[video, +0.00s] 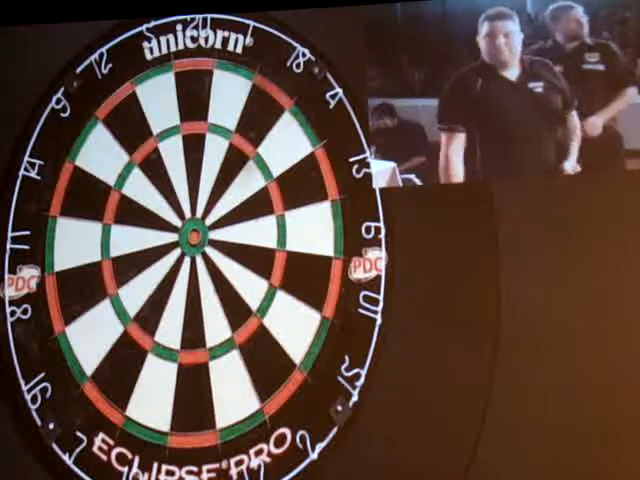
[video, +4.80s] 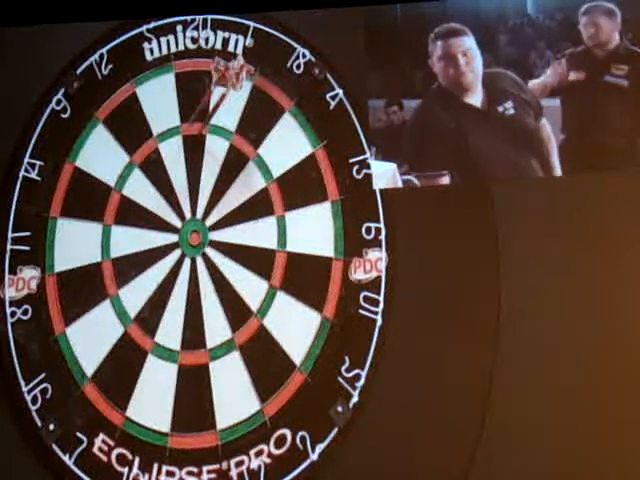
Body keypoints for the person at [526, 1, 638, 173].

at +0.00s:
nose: (582, 23)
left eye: (583, 18)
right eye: (574, 19)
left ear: (587, 20)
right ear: (555, 24)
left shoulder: (605, 50)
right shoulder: (537, 55)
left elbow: (631, 91)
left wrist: (600, 118)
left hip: (601, 147)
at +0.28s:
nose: (596, 38)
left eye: (601, 29)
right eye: (589, 34)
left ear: (608, 23)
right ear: (573, 26)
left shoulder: (628, 52)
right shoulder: (556, 56)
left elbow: (637, 98)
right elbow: (543, 98)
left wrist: (614, 119)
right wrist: (567, 121)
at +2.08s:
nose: (574, 22)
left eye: (580, 17)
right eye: (568, 18)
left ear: (592, 22)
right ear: (557, 24)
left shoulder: (613, 59)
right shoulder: (540, 60)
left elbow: (634, 104)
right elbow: (526, 103)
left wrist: (589, 127)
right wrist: (545, 124)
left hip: (601, 157)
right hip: (553, 156)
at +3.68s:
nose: (575, 24)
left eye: (584, 19)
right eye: (574, 19)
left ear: (607, 24)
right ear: (570, 22)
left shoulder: (631, 60)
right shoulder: (558, 60)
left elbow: (637, 112)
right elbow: (542, 101)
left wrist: (611, 126)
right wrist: (554, 117)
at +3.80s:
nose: (571, 24)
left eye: (580, 19)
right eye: (572, 19)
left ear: (606, 24)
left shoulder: (631, 61)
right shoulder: (564, 59)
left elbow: (638, 121)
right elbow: (530, 95)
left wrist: (623, 144)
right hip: (571, 163)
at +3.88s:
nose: (570, 25)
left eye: (579, 19)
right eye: (571, 19)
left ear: (606, 24)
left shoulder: (632, 61)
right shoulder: (563, 59)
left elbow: (636, 114)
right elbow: (528, 94)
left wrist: (630, 148)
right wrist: (541, 74)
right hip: (571, 163)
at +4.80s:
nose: (590, 30)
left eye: (596, 23)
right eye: (585, 25)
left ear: (616, 24)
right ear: (579, 30)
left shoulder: (633, 60)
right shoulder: (569, 61)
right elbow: (531, 91)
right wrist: (549, 82)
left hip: (625, 159)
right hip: (578, 160)